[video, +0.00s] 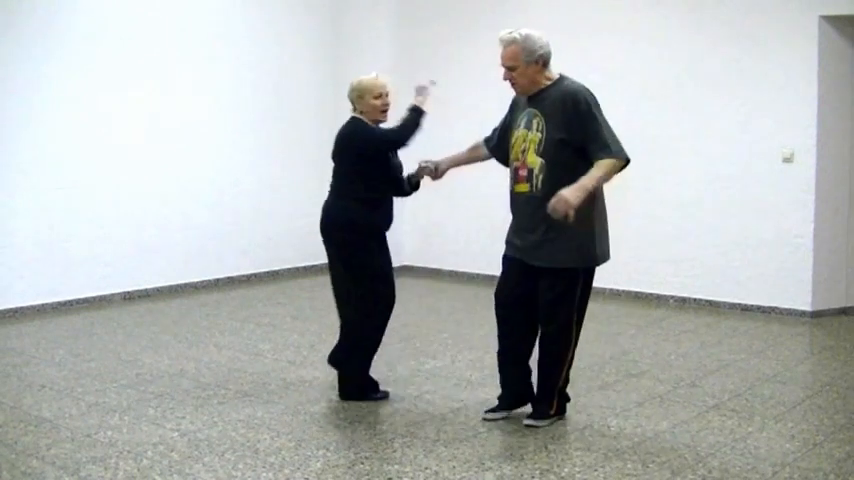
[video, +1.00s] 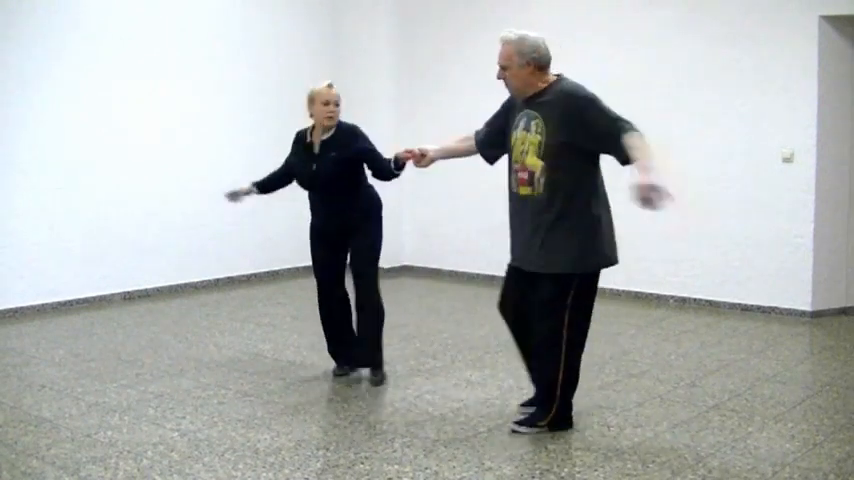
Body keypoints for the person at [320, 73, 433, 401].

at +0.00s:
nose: (386, 102)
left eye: (387, 96)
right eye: (378, 97)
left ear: (387, 100)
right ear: (360, 103)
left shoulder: (375, 137)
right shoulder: (357, 132)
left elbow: (393, 187)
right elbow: (396, 138)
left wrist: (417, 177)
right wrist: (417, 107)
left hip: (359, 229)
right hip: (355, 231)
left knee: (365, 297)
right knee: (376, 299)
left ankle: (349, 365)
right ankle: (354, 382)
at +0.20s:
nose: (361, 106)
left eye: (366, 100)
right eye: (354, 101)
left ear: (373, 104)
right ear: (342, 107)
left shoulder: (380, 140)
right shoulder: (331, 135)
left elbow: (404, 183)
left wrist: (434, 172)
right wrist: (350, 133)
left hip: (369, 233)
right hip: (333, 235)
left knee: (371, 306)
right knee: (341, 306)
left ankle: (359, 379)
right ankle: (345, 386)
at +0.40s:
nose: (341, 110)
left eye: (347, 105)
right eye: (335, 105)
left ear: (358, 109)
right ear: (327, 109)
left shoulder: (374, 143)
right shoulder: (314, 146)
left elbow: (403, 179)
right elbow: (291, 175)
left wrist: (432, 183)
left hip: (367, 234)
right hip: (325, 234)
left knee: (364, 302)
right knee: (327, 301)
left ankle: (356, 371)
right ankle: (324, 376)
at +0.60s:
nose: (323, 104)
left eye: (329, 99)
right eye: (318, 98)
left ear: (342, 103)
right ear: (313, 102)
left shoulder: (357, 135)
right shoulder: (310, 135)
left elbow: (385, 173)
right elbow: (296, 169)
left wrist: (400, 168)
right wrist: (257, 180)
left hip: (361, 226)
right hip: (323, 224)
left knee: (357, 295)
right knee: (316, 291)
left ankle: (357, 366)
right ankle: (332, 354)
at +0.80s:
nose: (315, 111)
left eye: (322, 106)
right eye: (311, 105)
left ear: (332, 111)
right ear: (303, 108)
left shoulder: (341, 139)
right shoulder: (301, 140)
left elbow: (370, 174)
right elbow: (299, 172)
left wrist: (383, 161)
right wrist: (290, 184)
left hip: (353, 224)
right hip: (322, 224)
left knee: (353, 290)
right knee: (327, 291)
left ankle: (362, 366)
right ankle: (348, 357)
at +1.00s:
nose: (332, 109)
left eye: (335, 104)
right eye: (325, 104)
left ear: (340, 108)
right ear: (311, 108)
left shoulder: (351, 135)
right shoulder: (302, 141)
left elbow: (381, 170)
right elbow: (288, 173)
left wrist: (397, 163)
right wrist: (254, 189)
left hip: (363, 220)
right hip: (326, 222)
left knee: (365, 284)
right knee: (329, 289)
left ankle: (374, 361)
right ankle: (345, 357)